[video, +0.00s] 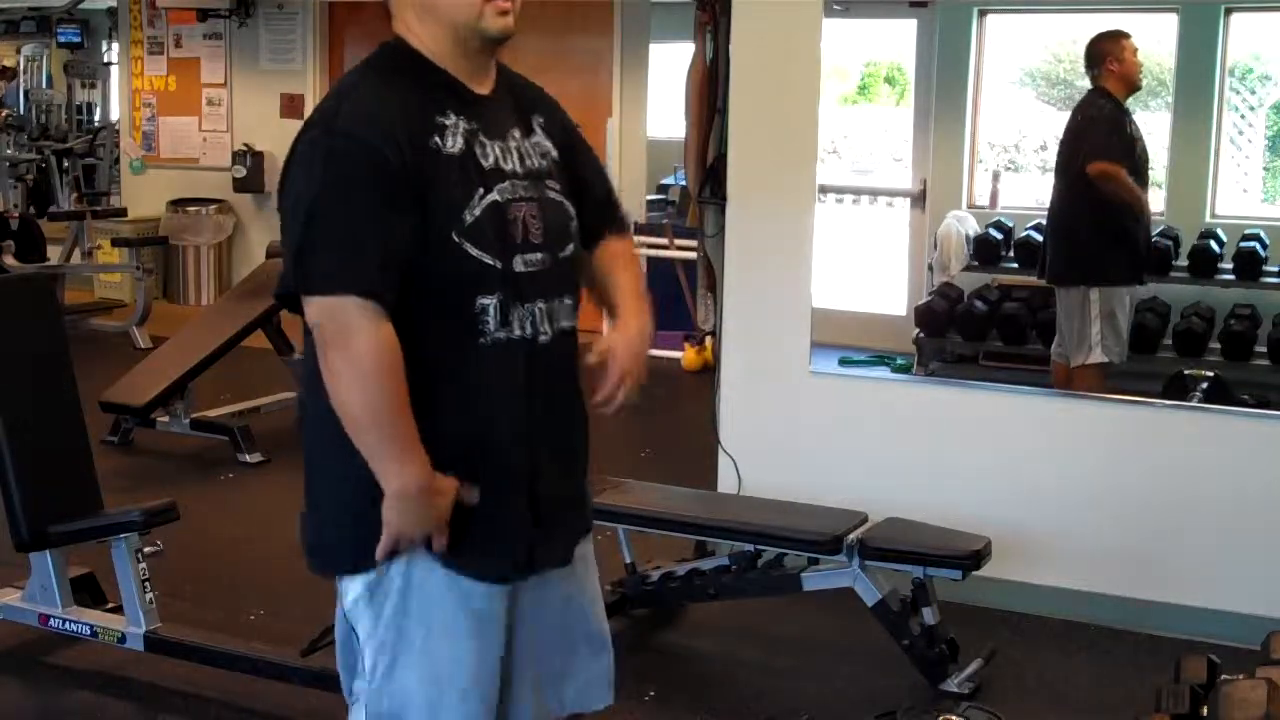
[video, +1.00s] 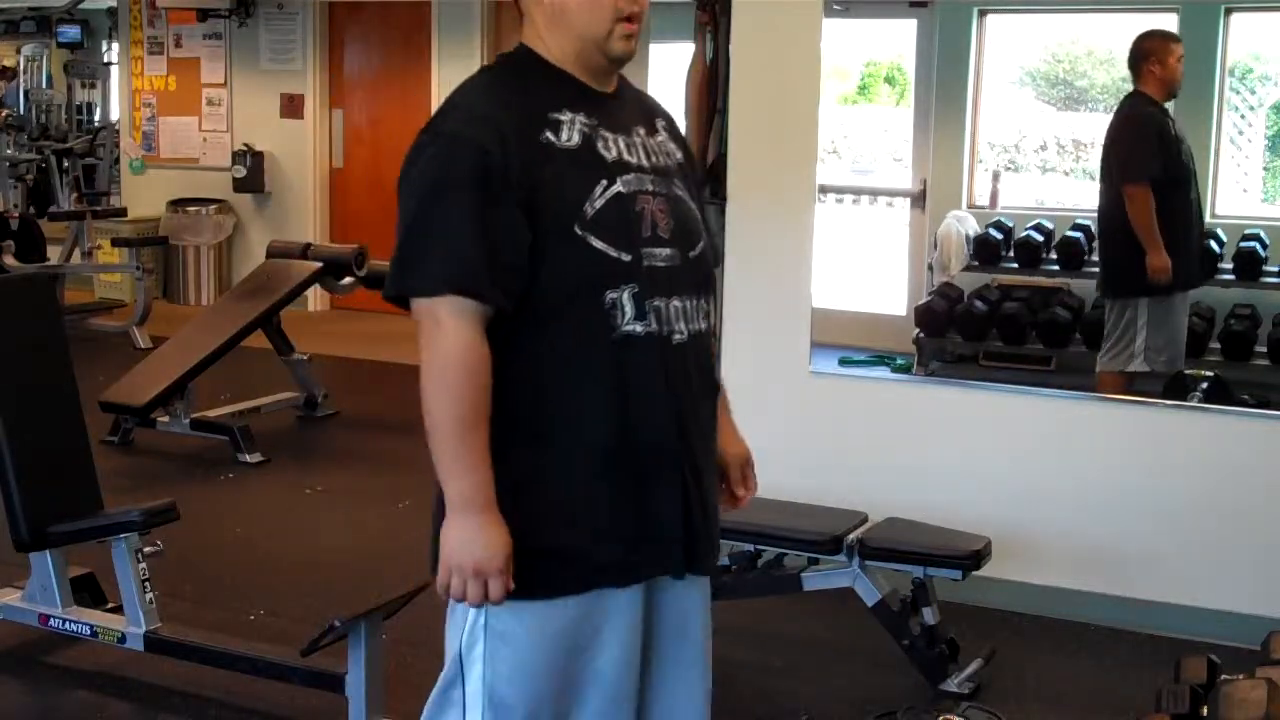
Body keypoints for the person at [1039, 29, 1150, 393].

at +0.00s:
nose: (1141, 63)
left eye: (1138, 55)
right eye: (1134, 55)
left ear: (1110, 65)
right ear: (1113, 64)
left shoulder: (1092, 107)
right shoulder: (1105, 108)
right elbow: (1100, 167)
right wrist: (1141, 202)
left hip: (1075, 253)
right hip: (1096, 256)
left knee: (1068, 352)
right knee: (1092, 359)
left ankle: (1066, 435)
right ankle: (1085, 442)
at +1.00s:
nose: (1183, 68)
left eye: (1182, 61)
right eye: (1178, 61)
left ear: (1153, 67)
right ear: (1154, 66)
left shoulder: (1153, 115)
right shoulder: (1138, 116)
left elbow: (1149, 187)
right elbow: (1134, 189)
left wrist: (1173, 247)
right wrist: (1155, 250)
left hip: (1155, 265)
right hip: (1137, 266)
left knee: (1136, 366)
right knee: (1118, 367)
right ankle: (1107, 444)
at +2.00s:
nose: (1197, 78)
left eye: (1197, 69)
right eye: (1194, 68)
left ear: (1168, 69)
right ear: (1171, 68)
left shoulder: (1157, 115)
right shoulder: (1145, 115)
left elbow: (1150, 188)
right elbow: (1141, 188)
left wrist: (1174, 249)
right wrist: (1162, 250)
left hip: (1160, 262)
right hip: (1143, 262)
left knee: (1143, 365)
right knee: (1127, 364)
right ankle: (1117, 446)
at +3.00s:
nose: (1211, 104)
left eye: (1215, 98)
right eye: (1212, 95)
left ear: (1191, 81)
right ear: (1191, 80)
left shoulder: (1177, 126)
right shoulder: (1146, 120)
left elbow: (1172, 195)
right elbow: (1129, 188)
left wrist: (1176, 256)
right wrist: (1143, 253)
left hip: (1166, 270)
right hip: (1138, 270)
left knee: (1154, 374)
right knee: (1123, 371)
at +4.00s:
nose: (1219, 120)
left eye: (1224, 114)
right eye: (1221, 111)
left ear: (1202, 95)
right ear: (1203, 95)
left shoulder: (1174, 128)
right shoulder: (1156, 125)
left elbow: (1155, 199)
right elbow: (1132, 197)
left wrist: (1156, 260)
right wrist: (1141, 261)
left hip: (1141, 272)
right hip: (1119, 271)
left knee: (1132, 370)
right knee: (1114, 371)